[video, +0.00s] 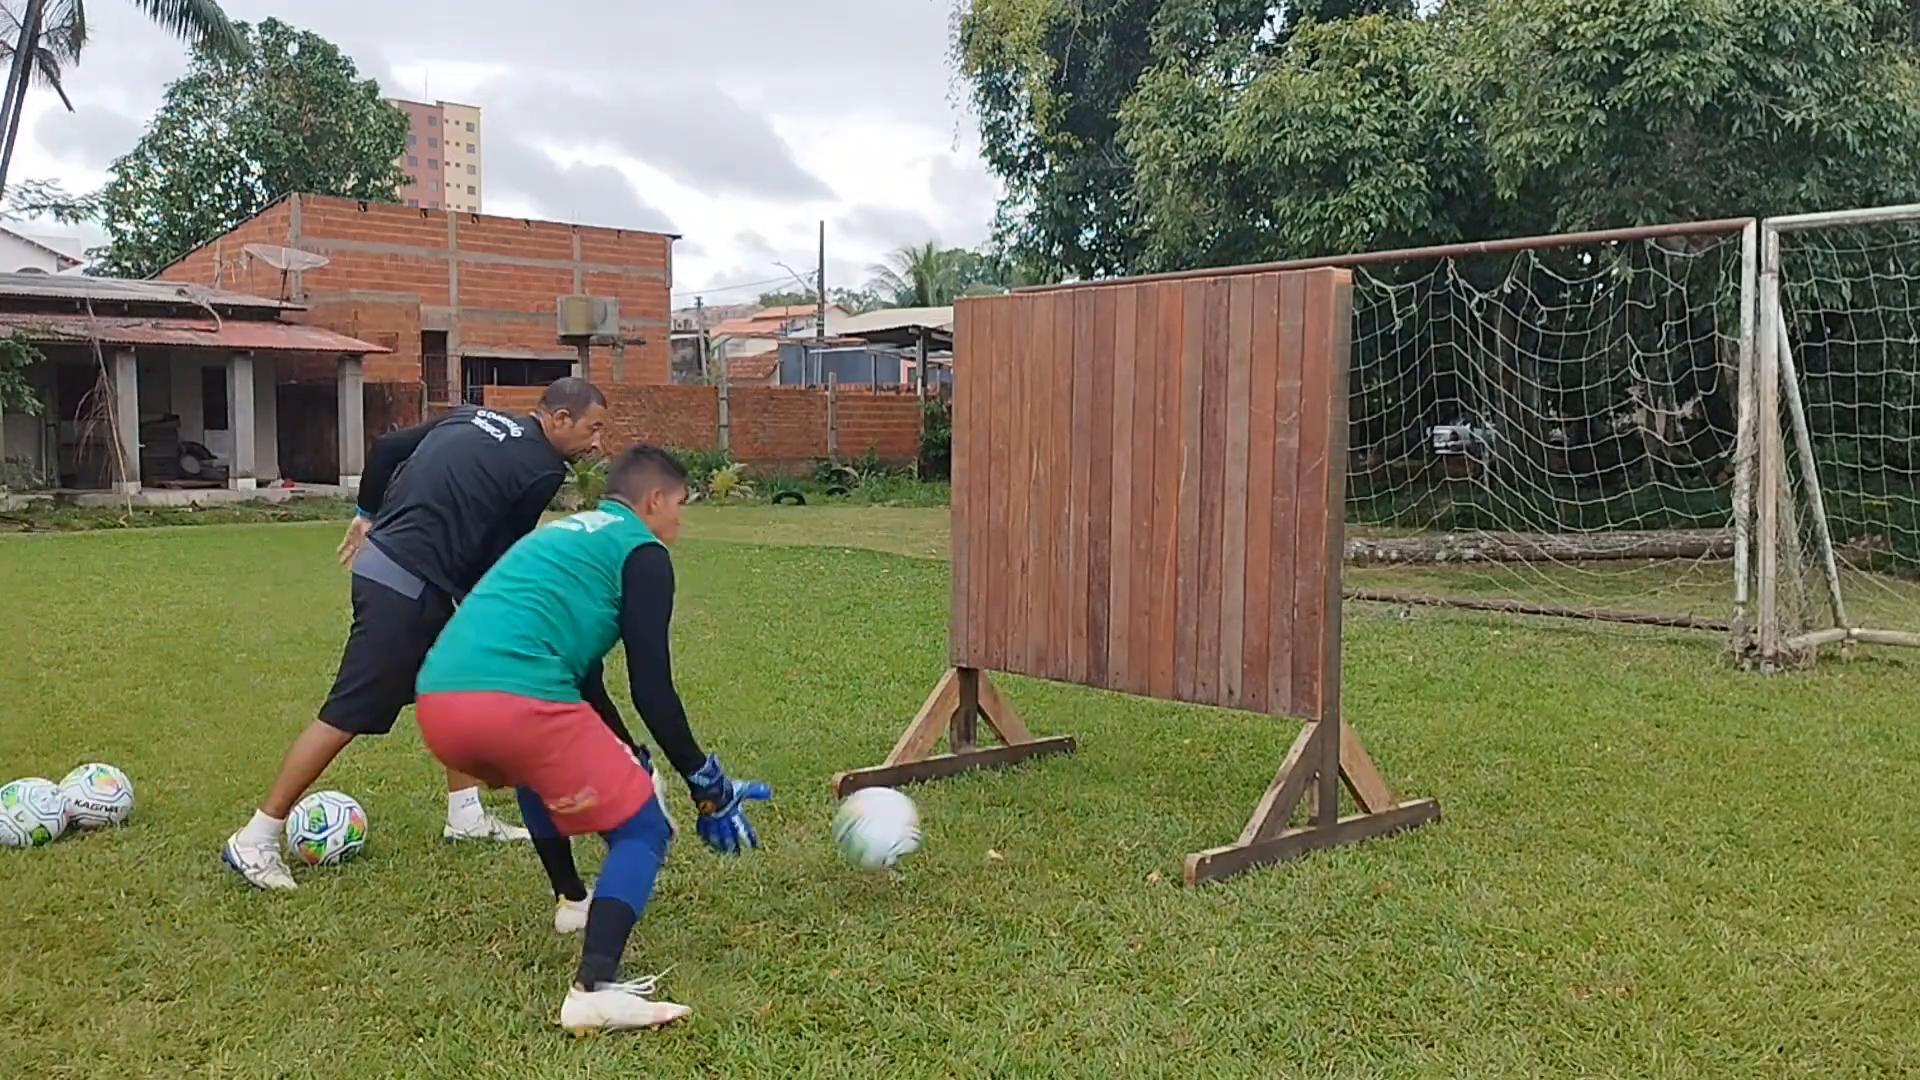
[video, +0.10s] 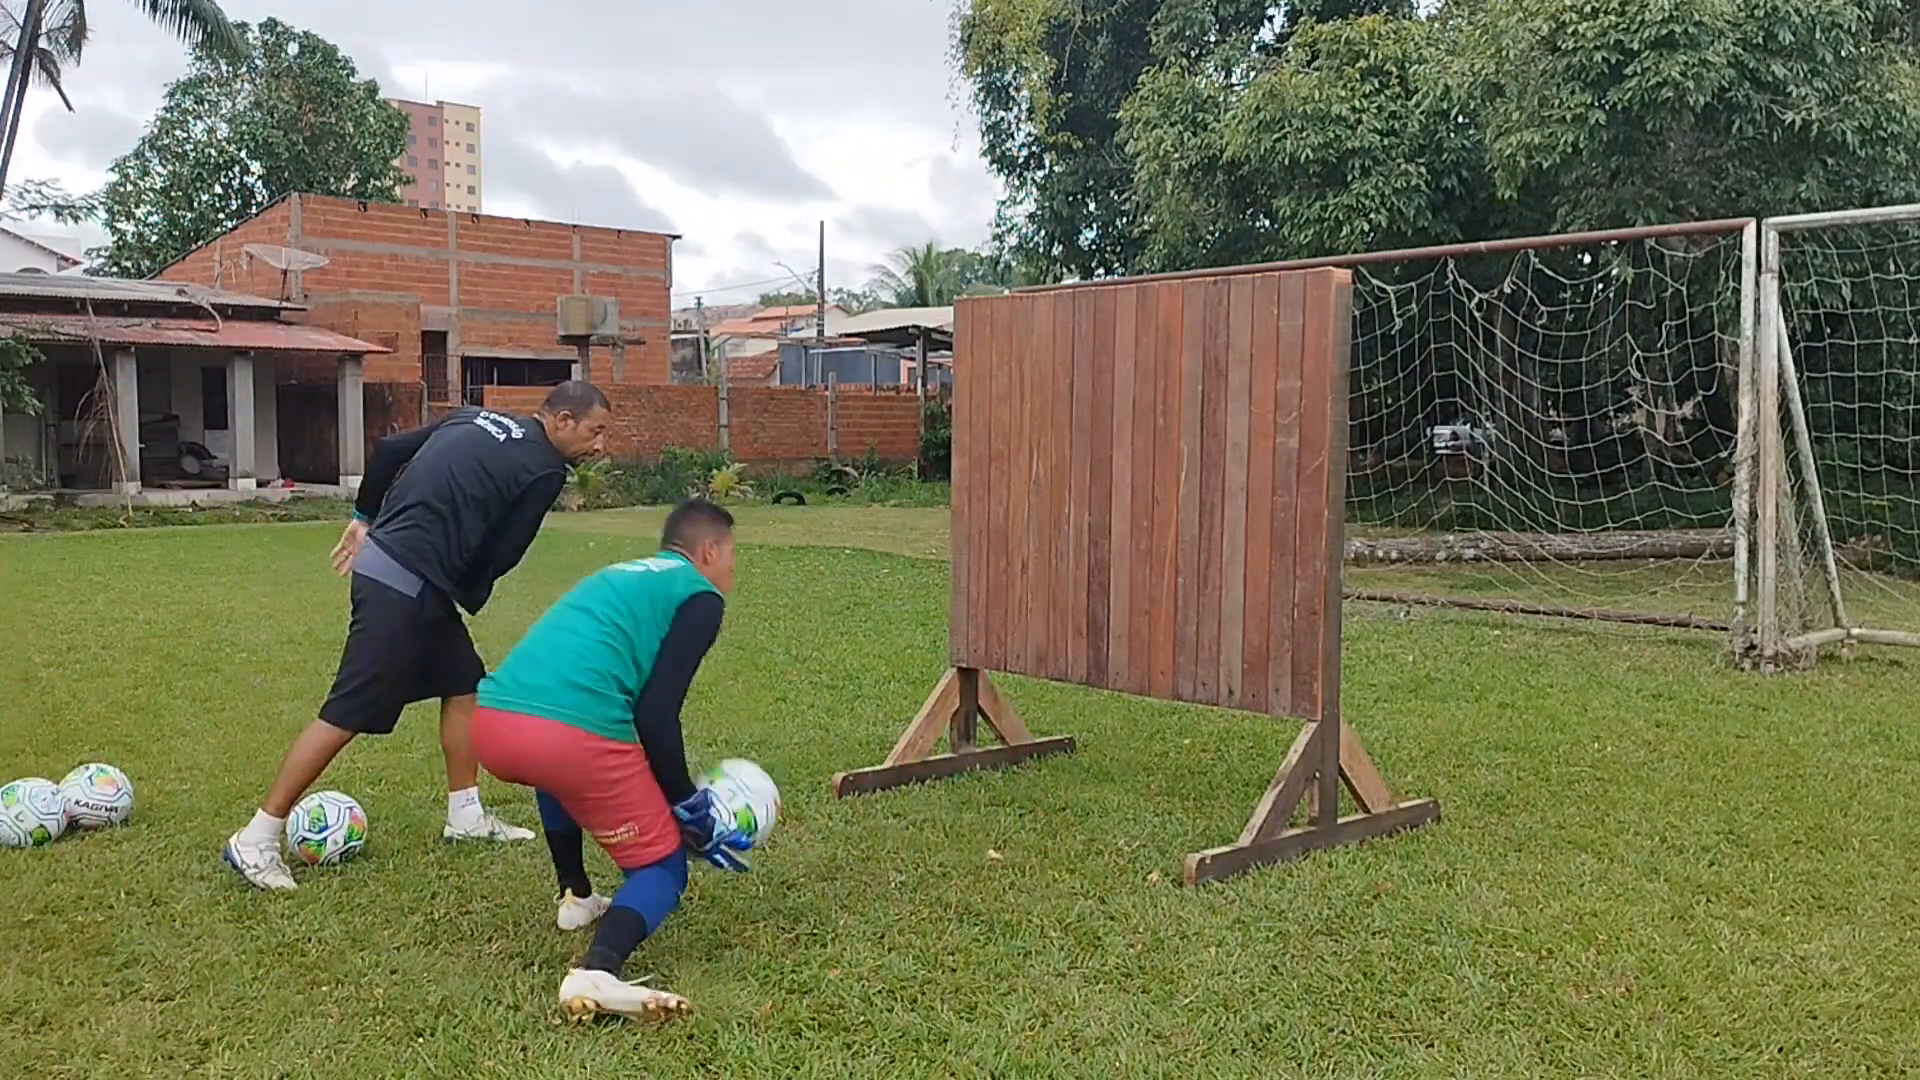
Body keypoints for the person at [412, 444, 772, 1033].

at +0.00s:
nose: (680, 525)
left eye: (684, 510)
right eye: (681, 509)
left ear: (614, 496)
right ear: (655, 500)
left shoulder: (562, 534)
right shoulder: (643, 551)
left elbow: (585, 681)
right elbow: (651, 684)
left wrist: (629, 758)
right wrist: (703, 775)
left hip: (440, 701)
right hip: (523, 705)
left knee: (534, 773)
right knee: (643, 828)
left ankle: (571, 898)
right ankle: (595, 986)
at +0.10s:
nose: (734, 570)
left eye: (735, 557)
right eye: (733, 556)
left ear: (669, 546)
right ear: (710, 552)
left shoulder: (622, 574)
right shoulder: (699, 596)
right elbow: (656, 711)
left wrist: (684, 815)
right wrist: (686, 800)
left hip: (494, 728)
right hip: (578, 743)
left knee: (560, 765)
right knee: (662, 864)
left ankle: (575, 895)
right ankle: (598, 971)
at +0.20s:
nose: (797, 648)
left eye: (800, 635)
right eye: (797, 632)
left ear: (737, 613)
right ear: (772, 622)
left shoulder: (686, 629)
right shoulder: (754, 653)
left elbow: (630, 740)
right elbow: (694, 735)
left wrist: (705, 766)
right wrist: (746, 789)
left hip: (528, 737)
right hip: (601, 762)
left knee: (588, 772)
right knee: (691, 899)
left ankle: (577, 892)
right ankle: (602, 965)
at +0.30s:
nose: (844, 676)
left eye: (847, 665)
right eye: (844, 662)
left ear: (791, 642)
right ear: (819, 649)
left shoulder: (742, 661)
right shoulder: (804, 689)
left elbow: (727, 800)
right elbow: (777, 804)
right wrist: (835, 794)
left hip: (580, 762)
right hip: (637, 793)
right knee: (749, 925)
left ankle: (585, 885)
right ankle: (612, 974)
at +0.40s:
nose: (906, 700)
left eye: (910, 689)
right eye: (906, 688)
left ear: (858, 670)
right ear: (884, 679)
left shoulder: (808, 696)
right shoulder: (867, 722)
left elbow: (835, 826)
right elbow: (897, 844)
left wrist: (893, 795)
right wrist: (923, 789)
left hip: (645, 780)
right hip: (686, 805)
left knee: (741, 840)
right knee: (778, 935)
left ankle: (614, 874)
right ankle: (619, 964)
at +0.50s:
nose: (992, 755)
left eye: (995, 743)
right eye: (993, 741)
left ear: (944, 718)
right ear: (968, 727)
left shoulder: (893, 743)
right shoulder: (945, 759)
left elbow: (924, 871)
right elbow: (967, 880)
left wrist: (970, 831)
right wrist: (997, 830)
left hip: (718, 761)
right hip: (749, 779)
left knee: (760, 875)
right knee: (786, 935)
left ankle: (643, 863)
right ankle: (615, 944)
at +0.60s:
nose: (1044, 810)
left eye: (1050, 803)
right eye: (1050, 799)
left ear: (1016, 755)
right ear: (1040, 777)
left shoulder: (966, 766)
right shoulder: (1016, 786)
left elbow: (943, 873)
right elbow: (981, 889)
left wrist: (993, 863)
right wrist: (1022, 881)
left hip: (802, 741)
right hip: (842, 761)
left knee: (769, 865)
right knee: (832, 925)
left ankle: (645, 856)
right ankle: (666, 900)